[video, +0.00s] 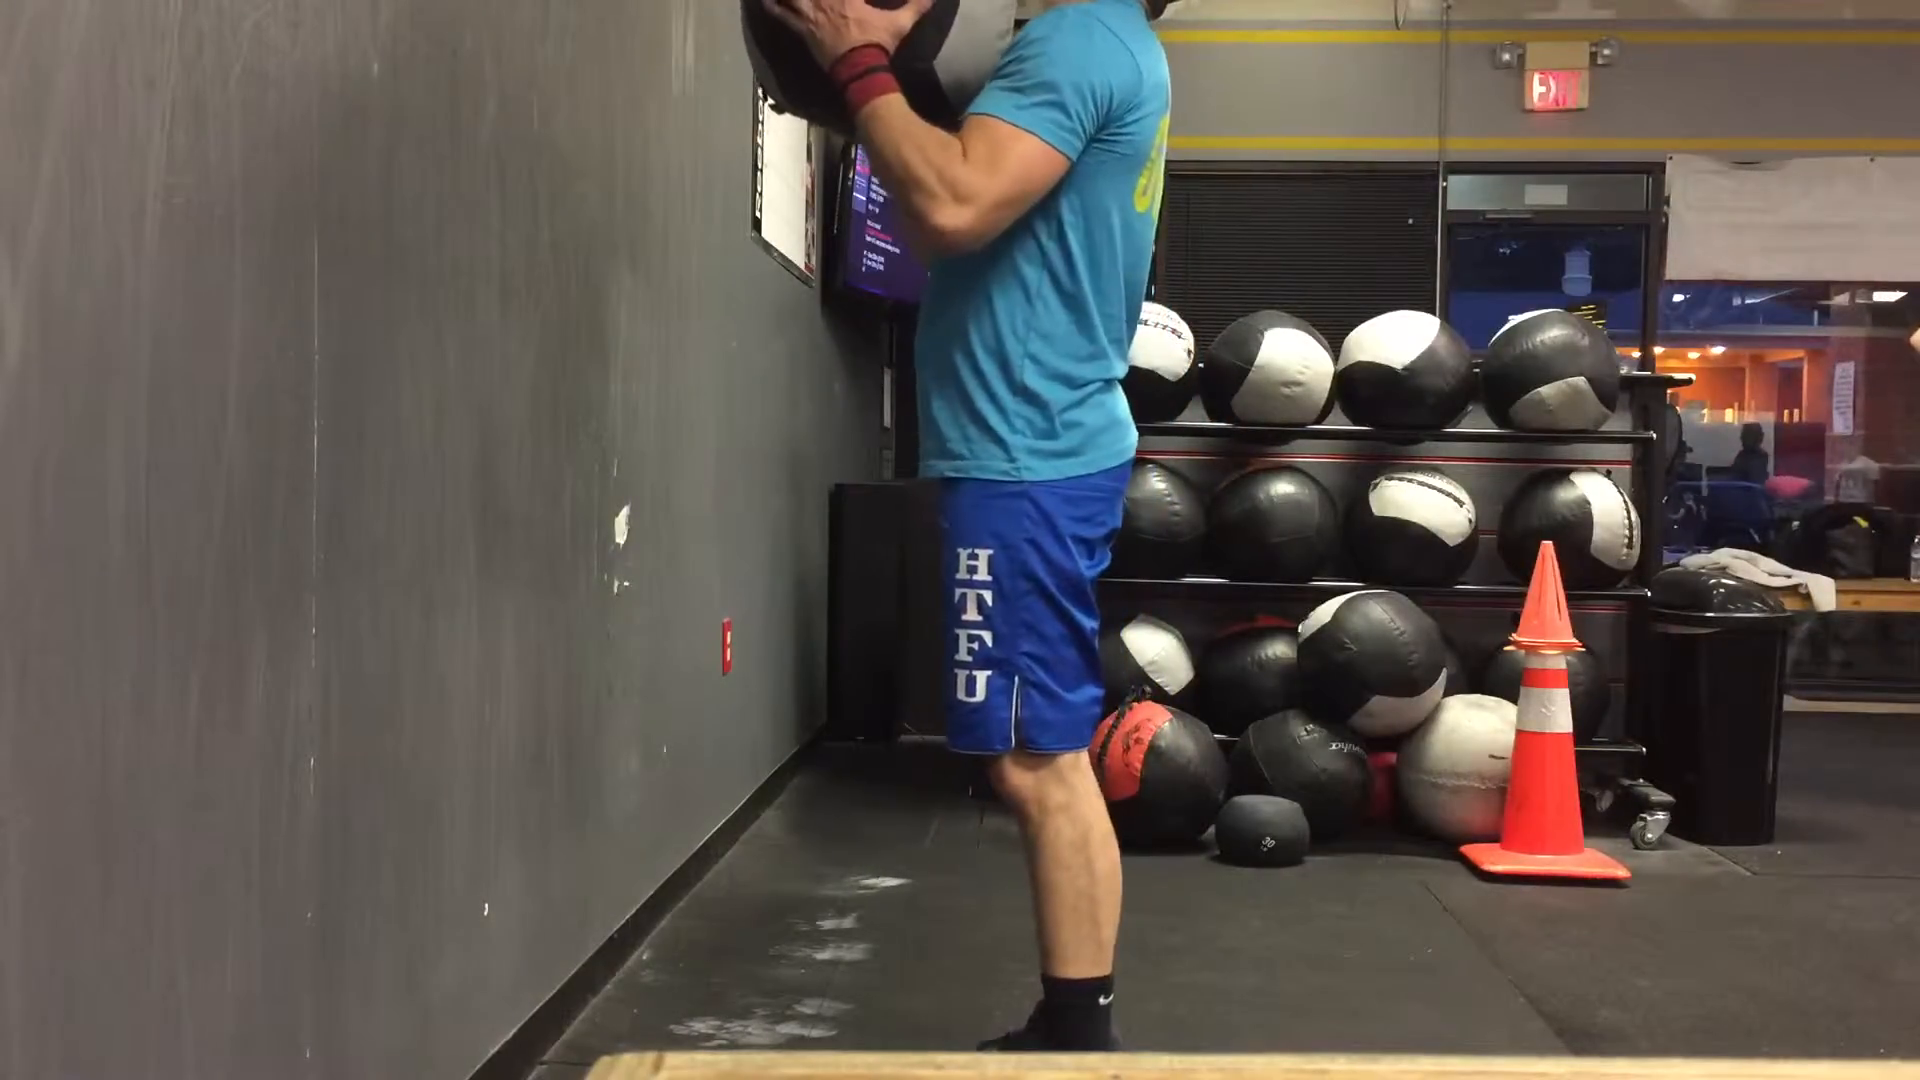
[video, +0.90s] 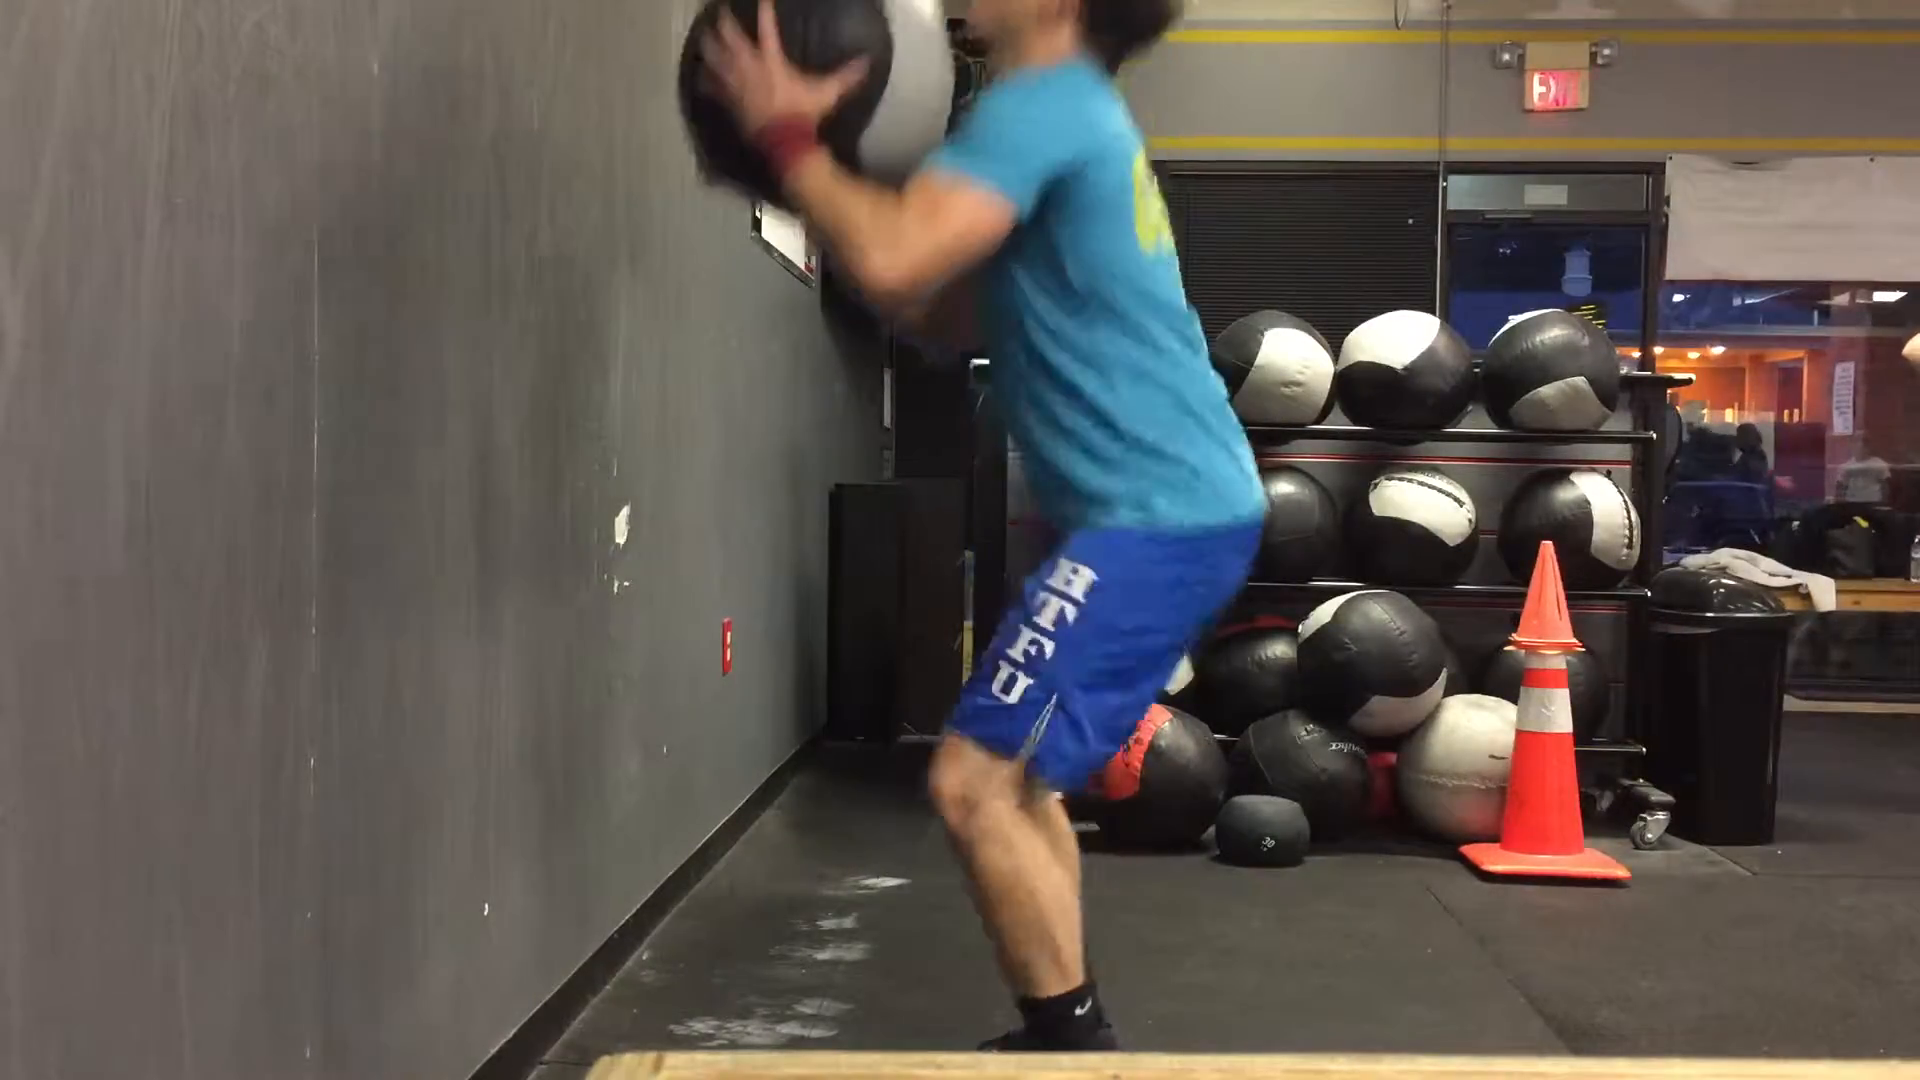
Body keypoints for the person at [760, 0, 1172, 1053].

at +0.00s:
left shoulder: (1082, 43)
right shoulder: (1095, 41)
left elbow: (952, 208)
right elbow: (956, 186)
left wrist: (865, 66)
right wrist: (877, 66)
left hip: (1026, 464)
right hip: (1032, 457)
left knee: (1036, 766)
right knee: (1044, 763)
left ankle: (1075, 1031)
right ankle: (1076, 1025)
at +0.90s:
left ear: (1058, 2)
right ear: (1069, 13)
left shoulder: (1048, 104)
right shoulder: (1063, 108)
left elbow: (889, 257)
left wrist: (788, 136)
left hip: (1157, 511)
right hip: (1147, 506)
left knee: (971, 782)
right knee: (1018, 784)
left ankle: (1067, 1038)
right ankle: (1066, 1028)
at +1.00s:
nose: (961, 87)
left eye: (986, 73)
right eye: (976, 68)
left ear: (1036, 117)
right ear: (1036, 122)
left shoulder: (1036, 240)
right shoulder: (1040, 231)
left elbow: (872, 397)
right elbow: (896, 383)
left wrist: (773, 267)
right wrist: (788, 277)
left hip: (1192, 613)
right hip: (1173, 600)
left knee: (933, 806)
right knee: (983, 795)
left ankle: (1054, 1039)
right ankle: (1065, 1023)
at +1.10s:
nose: (940, 225)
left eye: (965, 214)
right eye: (956, 208)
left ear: (1013, 263)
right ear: (1015, 269)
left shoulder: (1018, 390)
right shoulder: (1028, 371)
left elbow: (869, 567)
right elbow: (891, 538)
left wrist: (766, 428)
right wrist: (781, 427)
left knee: (900, 841)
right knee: (924, 764)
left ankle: (1046, 1046)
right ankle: (1063, 1016)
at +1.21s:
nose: (929, 336)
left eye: (952, 323)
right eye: (943, 319)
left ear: (1004, 369)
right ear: (1004, 373)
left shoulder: (1010, 505)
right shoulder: (1026, 483)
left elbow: (867, 700)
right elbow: (889, 661)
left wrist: (762, 559)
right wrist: (782, 555)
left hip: (1190, 830)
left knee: (888, 853)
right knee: (911, 775)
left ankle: (1042, 1050)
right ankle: (1066, 1028)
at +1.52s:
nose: (939, 275)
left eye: (963, 261)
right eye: (953, 257)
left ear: (1019, 305)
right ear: (1018, 310)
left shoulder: (1029, 435)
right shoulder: (1048, 412)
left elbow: (900, 623)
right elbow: (911, 586)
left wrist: (783, 503)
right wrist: (789, 492)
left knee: (920, 826)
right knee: (947, 754)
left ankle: (1052, 1051)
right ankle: (1064, 1016)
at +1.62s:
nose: (966, 160)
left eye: (993, 148)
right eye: (982, 144)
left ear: (1044, 186)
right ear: (1045, 191)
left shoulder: (1052, 310)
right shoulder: (1069, 298)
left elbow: (909, 483)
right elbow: (926, 452)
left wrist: (806, 362)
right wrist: (825, 363)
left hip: (1207, 647)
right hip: (1167, 631)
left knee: (932, 816)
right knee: (961, 770)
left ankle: (1055, 1042)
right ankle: (1062, 1016)